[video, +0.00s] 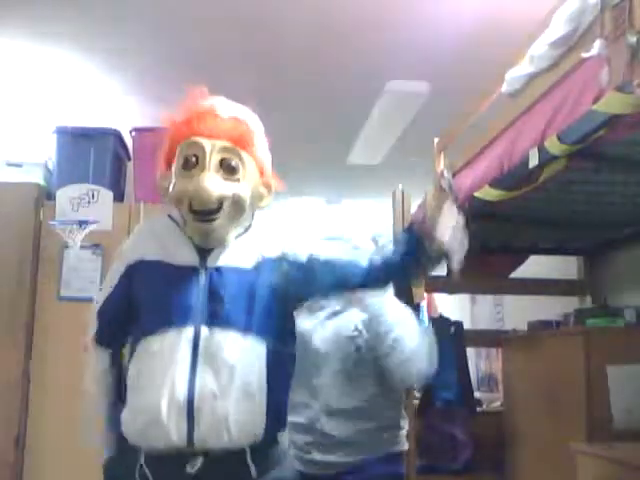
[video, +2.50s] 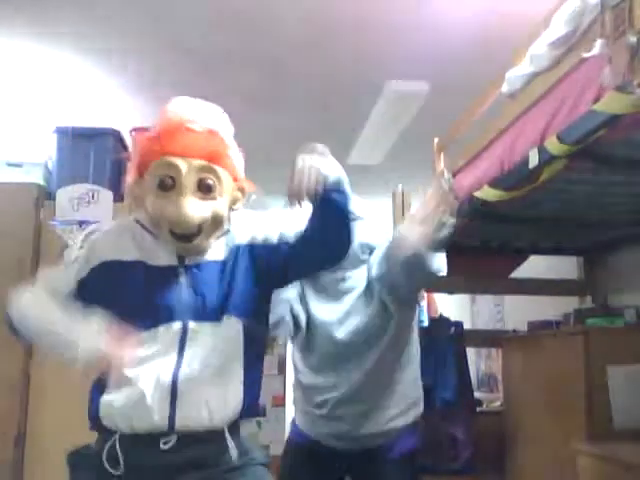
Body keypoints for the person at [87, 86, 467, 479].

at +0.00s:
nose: (207, 184)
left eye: (228, 168)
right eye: (190, 164)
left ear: (256, 190)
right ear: (169, 183)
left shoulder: (274, 271)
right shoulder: (143, 268)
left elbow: (368, 271)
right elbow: (107, 357)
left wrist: (422, 236)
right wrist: (114, 450)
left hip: (240, 464)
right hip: (148, 463)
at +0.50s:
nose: (188, 194)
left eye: (213, 174)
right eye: (173, 166)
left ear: (244, 190)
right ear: (149, 174)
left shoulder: (241, 252)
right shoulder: (113, 230)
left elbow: (265, 359)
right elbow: (21, 290)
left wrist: (319, 438)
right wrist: (54, 399)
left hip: (211, 452)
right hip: (121, 450)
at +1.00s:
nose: (149, 202)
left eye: (171, 181)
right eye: (132, 179)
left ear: (203, 194)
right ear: (105, 192)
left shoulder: (223, 258)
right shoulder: (84, 258)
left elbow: (293, 329)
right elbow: (36, 364)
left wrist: (266, 415)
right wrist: (5, 397)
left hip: (196, 468)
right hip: (98, 469)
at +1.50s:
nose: (156, 177)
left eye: (179, 161)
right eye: (139, 150)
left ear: (201, 172)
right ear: (108, 147)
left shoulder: (199, 219)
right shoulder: (68, 198)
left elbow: (222, 320)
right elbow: (10, 291)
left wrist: (265, 413)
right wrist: (24, 397)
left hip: (176, 424)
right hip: (76, 430)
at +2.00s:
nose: (135, 187)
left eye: (157, 167)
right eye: (117, 168)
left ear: (195, 181)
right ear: (96, 181)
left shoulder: (217, 239)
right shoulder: (80, 249)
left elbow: (268, 317)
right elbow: (53, 349)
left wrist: (244, 370)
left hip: (203, 457)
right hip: (105, 458)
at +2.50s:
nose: (185, 204)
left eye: (205, 187)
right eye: (166, 184)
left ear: (233, 197)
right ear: (139, 191)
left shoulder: (250, 259)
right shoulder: (109, 258)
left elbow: (325, 250)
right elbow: (28, 307)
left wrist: (328, 185)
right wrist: (98, 339)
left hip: (221, 456)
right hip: (127, 459)